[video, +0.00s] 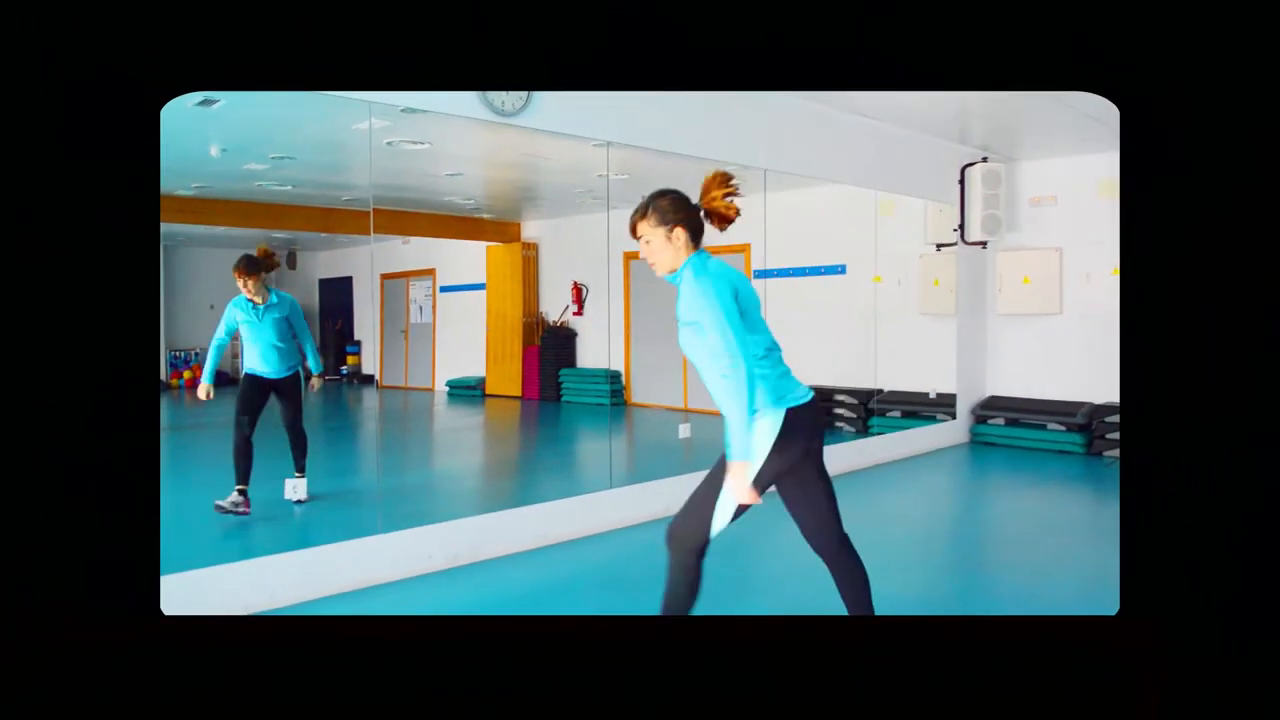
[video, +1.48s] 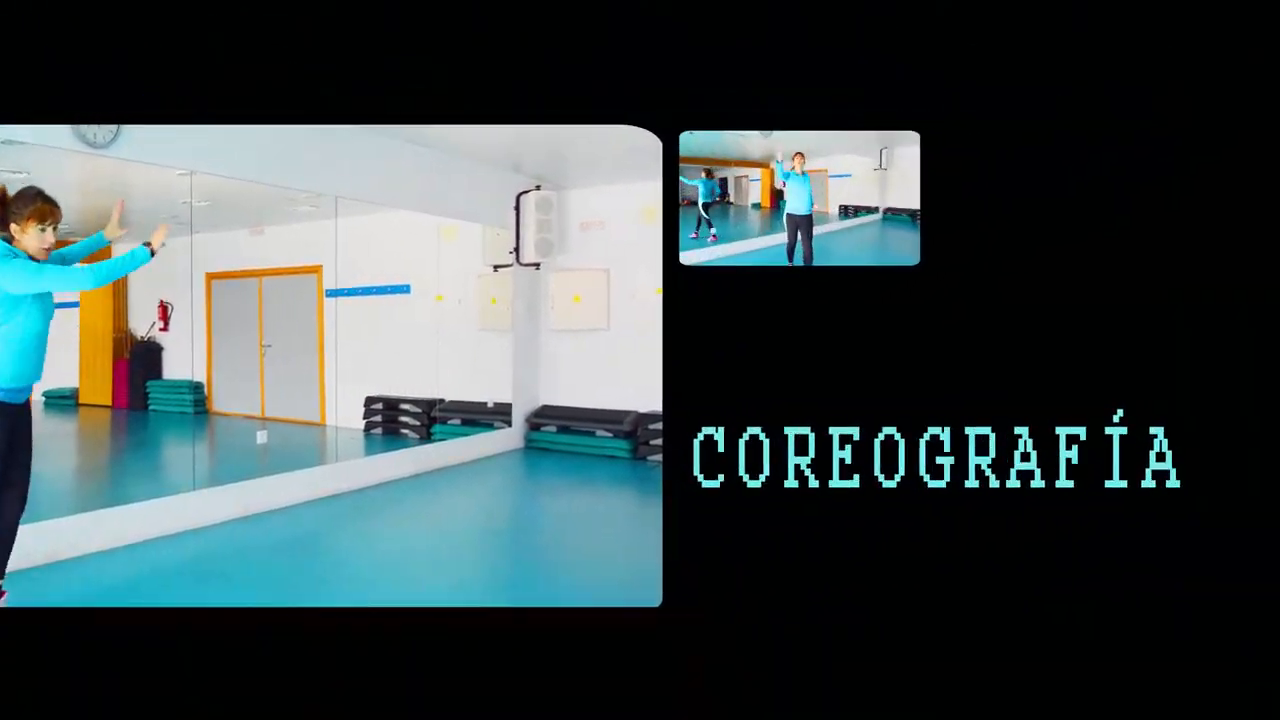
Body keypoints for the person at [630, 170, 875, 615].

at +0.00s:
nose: (642, 253)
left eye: (647, 241)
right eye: (640, 244)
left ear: (679, 236)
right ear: (679, 238)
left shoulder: (698, 286)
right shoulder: (719, 274)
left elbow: (732, 375)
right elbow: (756, 358)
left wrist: (739, 467)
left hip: (774, 424)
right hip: (798, 416)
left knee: (684, 536)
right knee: (832, 543)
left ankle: (671, 614)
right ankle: (864, 615)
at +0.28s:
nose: (560, 238)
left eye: (566, 228)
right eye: (559, 228)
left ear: (597, 233)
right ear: (592, 234)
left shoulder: (616, 281)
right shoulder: (597, 280)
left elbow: (684, 330)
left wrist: (742, 400)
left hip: (649, 424)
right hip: (634, 424)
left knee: (588, 537)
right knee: (638, 539)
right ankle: (736, 592)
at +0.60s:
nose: (476, 224)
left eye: (488, 216)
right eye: (472, 215)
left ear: (514, 227)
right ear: (467, 222)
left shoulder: (535, 284)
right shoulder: (453, 279)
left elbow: (575, 349)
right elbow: (426, 332)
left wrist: (548, 398)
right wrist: (381, 364)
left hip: (520, 429)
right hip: (465, 429)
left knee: (518, 542)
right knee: (433, 534)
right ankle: (407, 598)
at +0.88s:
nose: (389, 219)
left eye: (389, 210)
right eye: (379, 210)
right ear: (347, 215)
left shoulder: (386, 267)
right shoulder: (308, 260)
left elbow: (371, 313)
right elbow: (235, 286)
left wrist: (382, 344)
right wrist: (274, 336)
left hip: (367, 409)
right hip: (310, 409)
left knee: (371, 520)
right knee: (301, 518)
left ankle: (351, 591)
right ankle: (280, 595)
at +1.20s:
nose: (206, 260)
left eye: (207, 251)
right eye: (196, 251)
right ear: (169, 254)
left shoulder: (180, 300)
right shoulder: (153, 303)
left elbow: (186, 352)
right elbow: (165, 383)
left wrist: (221, 342)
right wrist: (228, 364)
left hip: (166, 425)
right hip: (134, 427)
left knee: (173, 526)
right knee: (151, 530)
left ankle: (131, 599)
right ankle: (110, 601)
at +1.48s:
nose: (50, 238)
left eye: (53, 229)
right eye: (41, 228)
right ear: (14, 228)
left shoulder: (26, 262)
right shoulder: (13, 268)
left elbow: (62, 254)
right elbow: (87, 278)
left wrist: (107, 233)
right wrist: (147, 249)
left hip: (17, 399)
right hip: (5, 402)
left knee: (14, 496)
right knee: (10, 498)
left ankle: (1, 582)